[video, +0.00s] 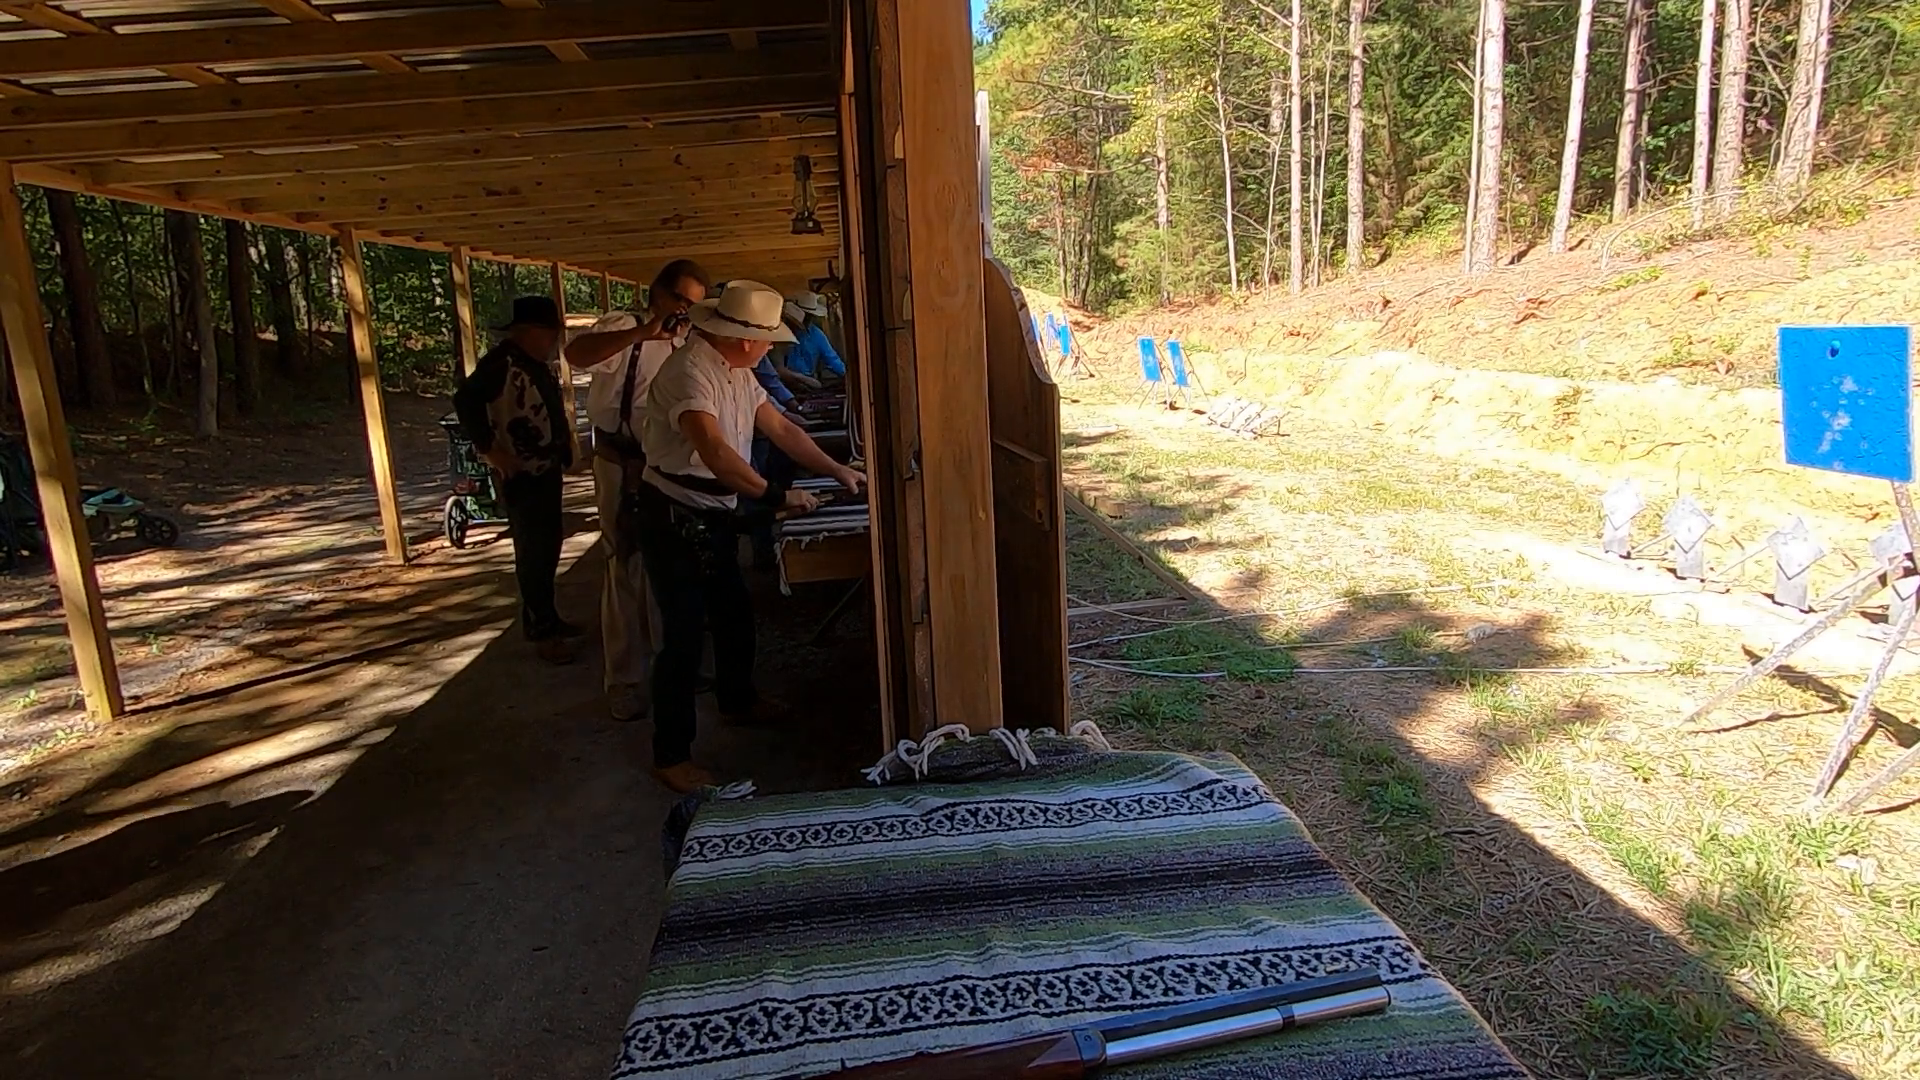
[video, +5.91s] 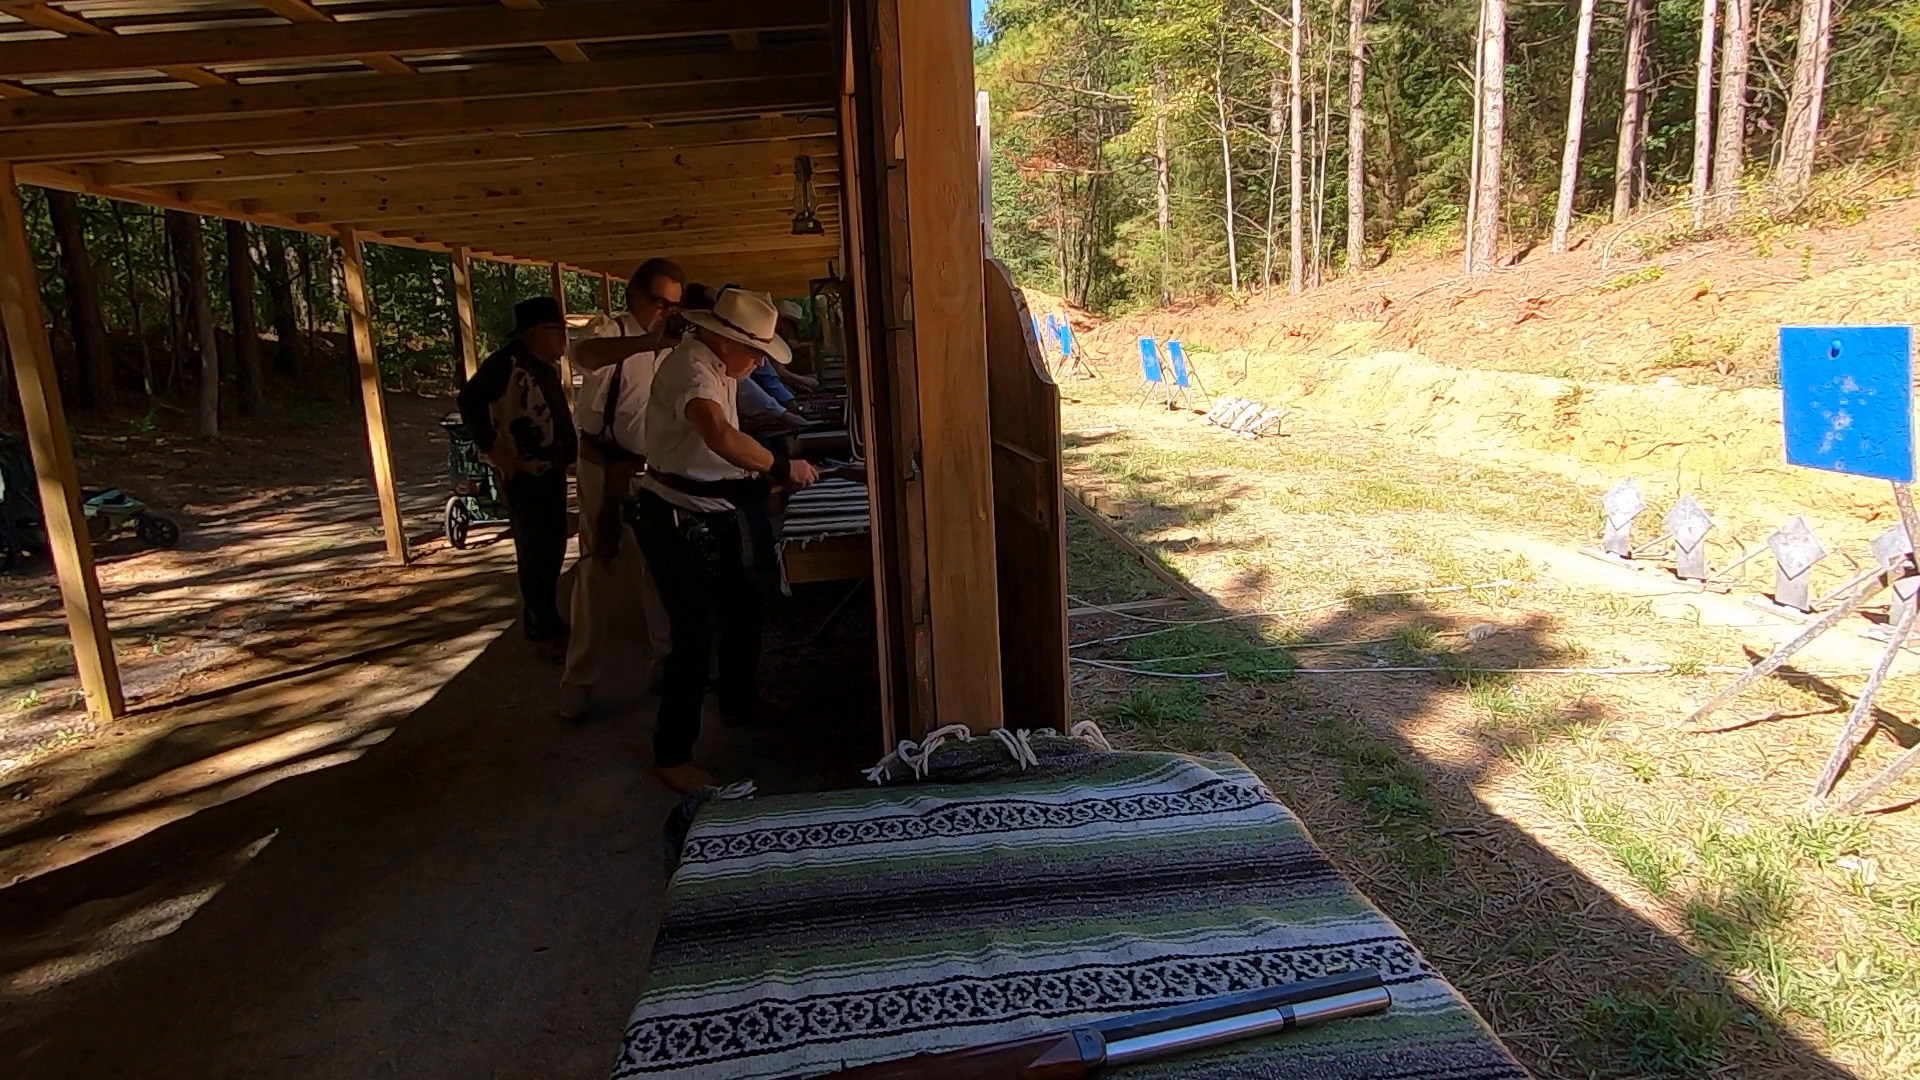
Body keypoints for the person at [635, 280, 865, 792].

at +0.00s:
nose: (769, 350)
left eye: (770, 341)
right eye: (766, 342)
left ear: (738, 340)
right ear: (743, 342)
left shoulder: (739, 372)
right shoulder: (686, 371)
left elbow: (781, 428)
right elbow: (711, 449)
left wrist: (837, 469)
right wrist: (774, 493)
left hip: (717, 515)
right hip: (672, 516)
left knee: (734, 615)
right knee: (685, 636)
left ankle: (738, 703)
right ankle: (671, 757)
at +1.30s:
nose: (758, 373)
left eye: (762, 366)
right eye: (757, 364)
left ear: (744, 346)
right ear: (734, 344)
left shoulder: (731, 370)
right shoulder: (687, 372)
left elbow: (743, 425)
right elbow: (709, 453)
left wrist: (765, 453)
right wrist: (775, 495)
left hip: (721, 512)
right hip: (676, 514)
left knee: (736, 615)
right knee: (685, 634)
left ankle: (740, 706)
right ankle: (671, 756)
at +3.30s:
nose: (753, 373)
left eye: (756, 365)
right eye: (751, 363)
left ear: (724, 349)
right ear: (724, 348)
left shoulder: (718, 377)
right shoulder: (681, 377)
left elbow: (722, 444)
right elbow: (707, 459)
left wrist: (749, 466)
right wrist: (778, 495)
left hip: (716, 516)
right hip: (673, 520)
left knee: (739, 615)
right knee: (689, 636)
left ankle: (739, 708)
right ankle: (672, 757)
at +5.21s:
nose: (758, 373)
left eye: (761, 366)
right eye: (755, 364)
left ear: (727, 349)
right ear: (728, 348)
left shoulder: (721, 377)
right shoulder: (686, 379)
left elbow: (728, 447)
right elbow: (709, 460)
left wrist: (756, 475)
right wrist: (780, 495)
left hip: (717, 516)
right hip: (672, 519)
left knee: (743, 610)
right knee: (689, 635)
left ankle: (739, 703)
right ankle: (672, 757)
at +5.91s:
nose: (757, 365)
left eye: (760, 357)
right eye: (755, 355)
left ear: (725, 342)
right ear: (729, 342)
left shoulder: (718, 369)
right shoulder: (692, 367)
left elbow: (719, 441)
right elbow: (720, 437)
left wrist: (760, 465)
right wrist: (782, 466)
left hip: (714, 511)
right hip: (674, 513)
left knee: (740, 610)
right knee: (693, 634)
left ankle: (739, 703)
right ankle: (673, 757)